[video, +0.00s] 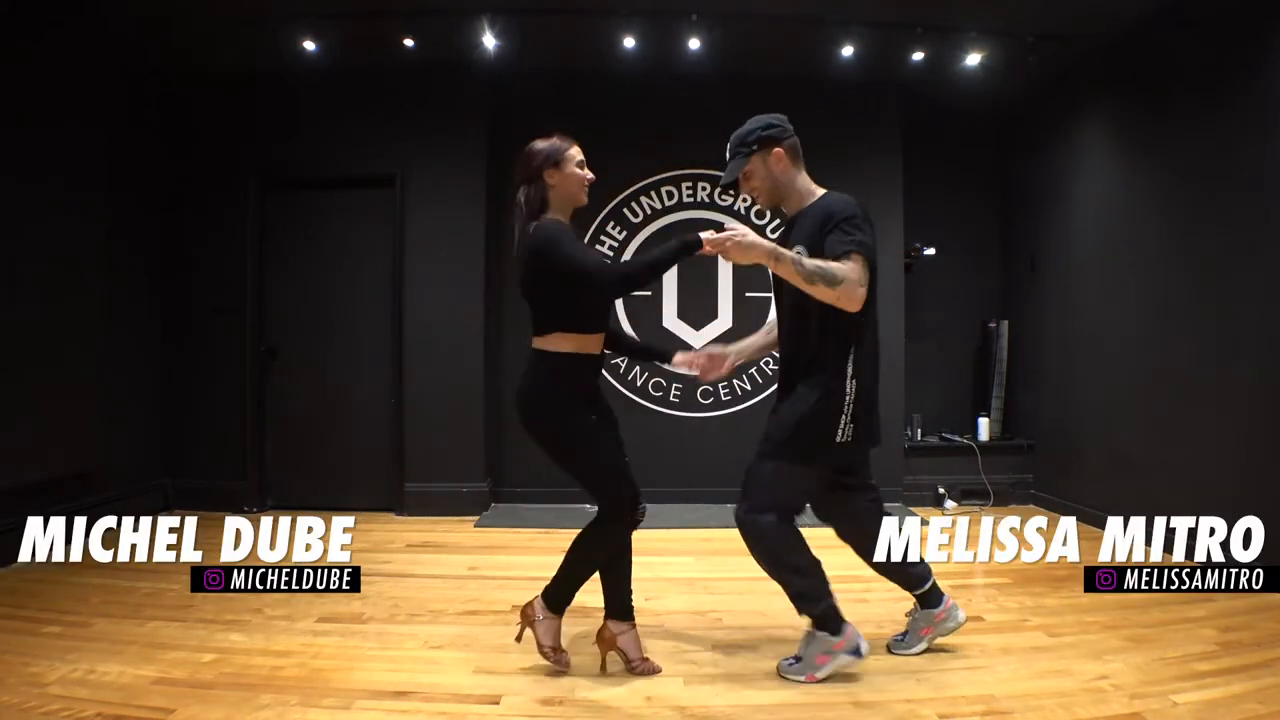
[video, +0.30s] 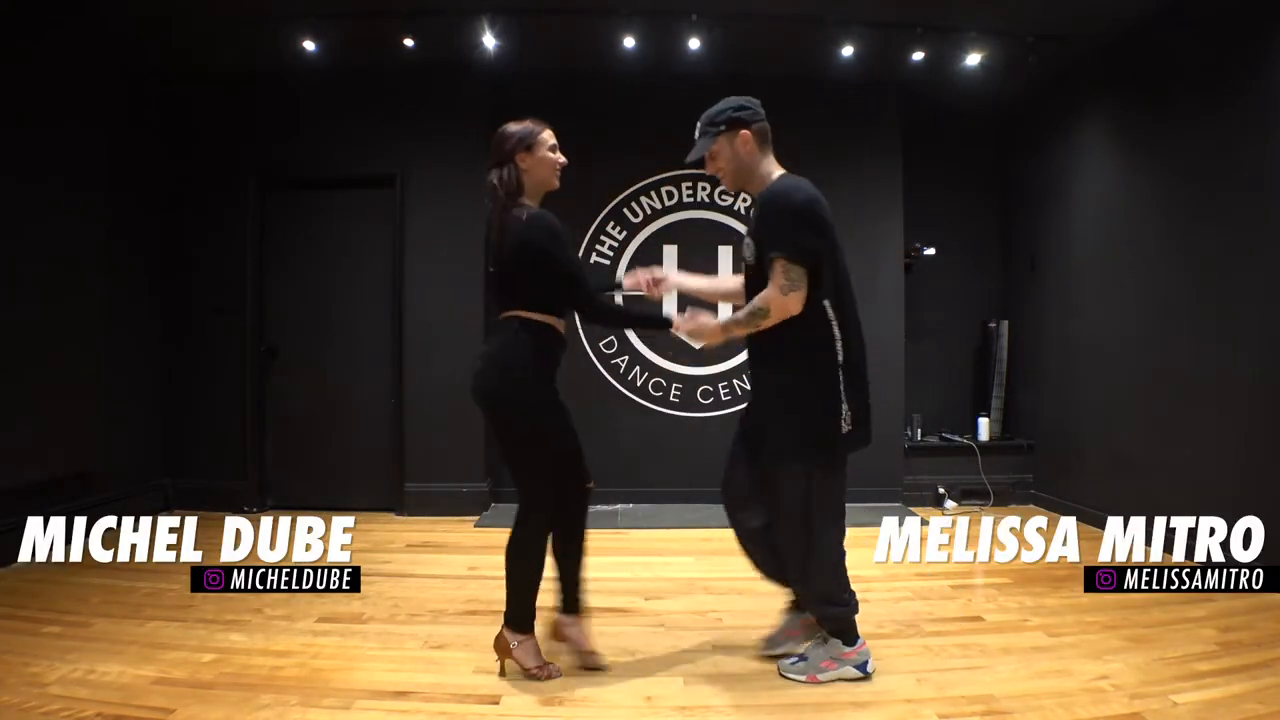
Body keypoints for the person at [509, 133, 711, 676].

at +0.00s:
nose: (591, 174)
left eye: (587, 166)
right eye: (580, 166)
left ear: (561, 177)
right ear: (549, 176)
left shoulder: (569, 241)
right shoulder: (546, 237)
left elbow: (602, 333)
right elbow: (614, 280)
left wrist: (668, 356)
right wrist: (690, 243)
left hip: (581, 386)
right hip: (553, 389)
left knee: (622, 504)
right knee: (619, 503)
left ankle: (619, 623)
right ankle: (546, 608)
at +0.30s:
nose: (562, 158)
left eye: (559, 149)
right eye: (552, 150)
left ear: (528, 162)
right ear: (521, 160)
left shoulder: (521, 221)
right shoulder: (530, 225)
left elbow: (577, 294)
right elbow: (589, 306)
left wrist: (631, 290)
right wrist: (669, 317)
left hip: (519, 369)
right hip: (517, 372)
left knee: (571, 488)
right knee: (541, 497)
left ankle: (568, 615)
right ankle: (517, 632)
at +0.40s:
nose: (550, 158)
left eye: (547, 149)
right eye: (539, 149)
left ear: (516, 162)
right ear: (509, 161)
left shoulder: (501, 222)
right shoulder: (524, 227)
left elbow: (557, 284)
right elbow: (568, 312)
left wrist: (611, 256)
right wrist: (646, 347)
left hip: (500, 365)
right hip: (511, 367)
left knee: (554, 487)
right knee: (532, 495)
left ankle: (502, 597)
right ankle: (520, 632)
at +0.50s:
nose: (529, 161)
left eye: (526, 152)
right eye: (518, 153)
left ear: (490, 168)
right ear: (486, 165)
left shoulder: (471, 228)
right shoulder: (506, 231)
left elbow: (536, 274)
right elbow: (533, 316)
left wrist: (593, 232)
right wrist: (605, 352)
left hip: (468, 364)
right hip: (499, 367)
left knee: (498, 490)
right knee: (515, 497)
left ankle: (439, 597)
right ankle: (518, 632)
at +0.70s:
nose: (501, 159)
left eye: (498, 151)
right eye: (489, 151)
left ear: (468, 164)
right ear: (457, 162)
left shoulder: (470, 221)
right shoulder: (462, 221)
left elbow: (518, 275)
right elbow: (482, 291)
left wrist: (588, 266)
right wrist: (567, 304)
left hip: (442, 359)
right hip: (461, 361)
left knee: (447, 483)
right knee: (500, 482)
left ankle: (424, 603)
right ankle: (487, 619)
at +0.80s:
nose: (478, 166)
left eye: (477, 157)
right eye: (468, 156)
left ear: (452, 168)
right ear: (436, 166)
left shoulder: (459, 230)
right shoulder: (422, 226)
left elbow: (501, 305)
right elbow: (466, 276)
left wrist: (566, 327)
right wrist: (545, 250)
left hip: (442, 370)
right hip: (422, 371)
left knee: (466, 487)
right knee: (458, 483)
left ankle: (419, 597)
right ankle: (421, 599)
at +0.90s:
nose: (464, 167)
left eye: (464, 159)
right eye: (453, 158)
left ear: (446, 172)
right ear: (420, 168)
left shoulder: (456, 237)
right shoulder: (399, 225)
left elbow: (487, 321)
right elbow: (450, 262)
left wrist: (547, 357)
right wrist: (531, 227)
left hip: (440, 371)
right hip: (405, 370)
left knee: (442, 488)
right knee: (441, 485)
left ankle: (426, 605)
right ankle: (370, 589)